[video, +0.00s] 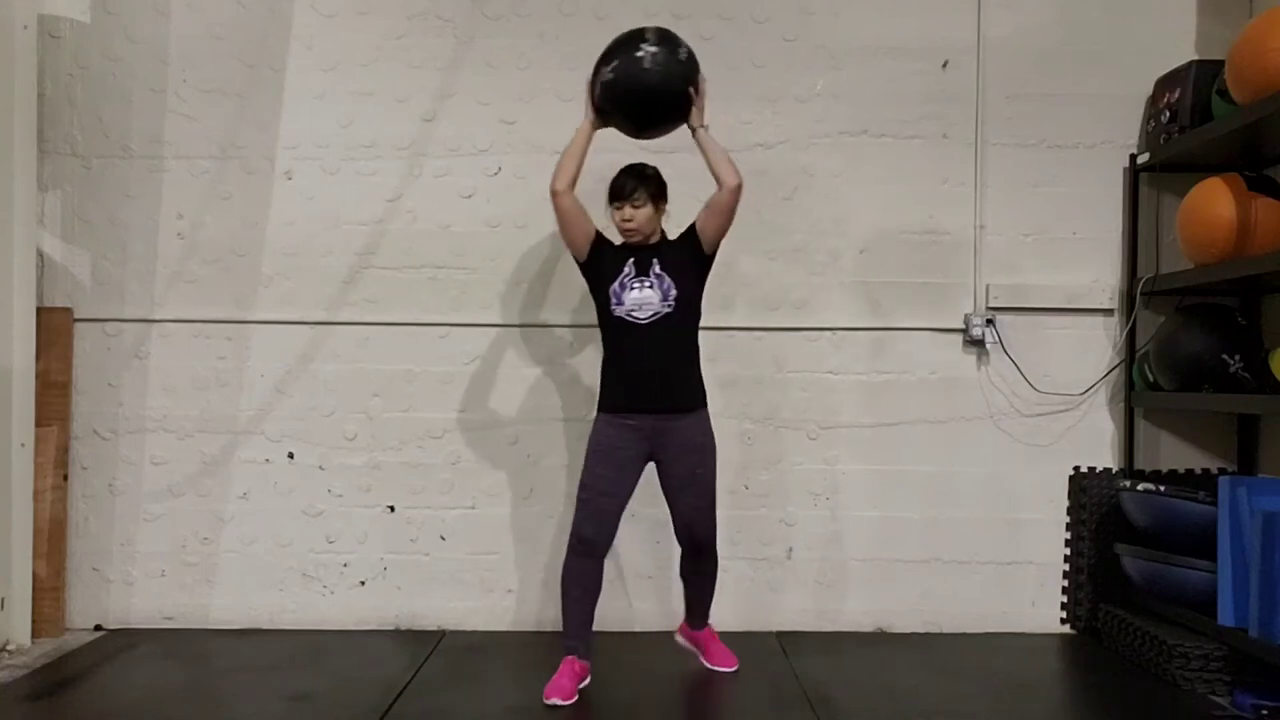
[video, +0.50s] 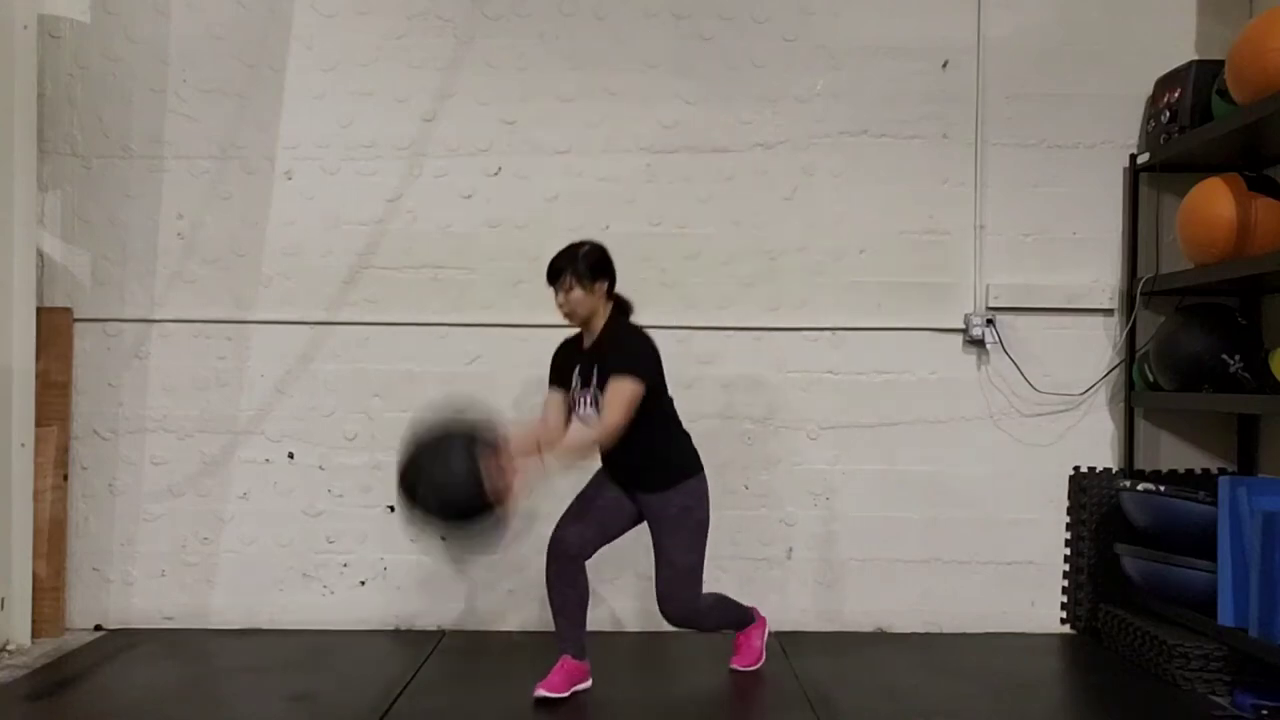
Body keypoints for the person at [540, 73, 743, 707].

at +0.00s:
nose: (625, 212)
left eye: (636, 202)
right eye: (618, 204)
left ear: (661, 207)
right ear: (612, 212)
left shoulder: (690, 254)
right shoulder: (602, 261)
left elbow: (731, 189)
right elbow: (561, 191)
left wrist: (699, 127)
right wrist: (590, 120)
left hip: (685, 423)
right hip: (618, 424)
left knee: (700, 538)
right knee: (588, 539)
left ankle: (696, 627)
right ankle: (576, 655)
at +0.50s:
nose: (562, 300)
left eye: (571, 289)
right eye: (557, 290)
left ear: (602, 288)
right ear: (557, 293)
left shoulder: (633, 348)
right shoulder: (569, 354)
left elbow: (607, 429)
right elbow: (551, 429)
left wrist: (541, 459)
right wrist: (507, 451)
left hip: (675, 486)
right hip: (622, 482)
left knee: (679, 606)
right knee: (564, 549)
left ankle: (750, 622)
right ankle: (574, 661)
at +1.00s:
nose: (521, 308)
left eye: (531, 298)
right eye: (518, 299)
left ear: (564, 300)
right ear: (520, 304)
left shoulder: (590, 360)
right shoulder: (532, 372)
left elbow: (540, 444)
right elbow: (496, 445)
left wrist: (473, 484)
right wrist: (454, 496)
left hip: (665, 479)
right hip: (608, 479)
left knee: (688, 599)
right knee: (558, 548)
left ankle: (755, 624)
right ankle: (574, 662)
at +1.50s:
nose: (548, 245)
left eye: (559, 232)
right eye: (538, 237)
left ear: (584, 235)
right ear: (532, 245)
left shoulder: (615, 286)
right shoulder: (534, 309)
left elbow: (583, 318)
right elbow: (501, 381)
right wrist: (440, 339)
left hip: (641, 445)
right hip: (577, 449)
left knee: (689, 554)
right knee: (548, 552)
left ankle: (722, 621)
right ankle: (574, 661)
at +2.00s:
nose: (637, 209)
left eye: (638, 198)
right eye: (627, 198)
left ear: (624, 207)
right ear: (606, 206)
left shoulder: (630, 249)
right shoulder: (593, 251)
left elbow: (673, 192)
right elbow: (631, 202)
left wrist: (640, 130)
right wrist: (611, 123)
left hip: (637, 427)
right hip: (607, 428)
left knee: (669, 535)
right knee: (607, 551)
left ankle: (671, 649)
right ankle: (517, 648)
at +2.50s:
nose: (702, 254)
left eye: (701, 245)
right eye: (700, 245)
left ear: (653, 239)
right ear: (687, 242)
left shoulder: (620, 286)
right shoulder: (685, 287)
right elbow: (759, 294)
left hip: (595, 446)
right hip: (632, 451)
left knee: (678, 532)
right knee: (626, 582)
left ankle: (673, 650)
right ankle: (522, 660)